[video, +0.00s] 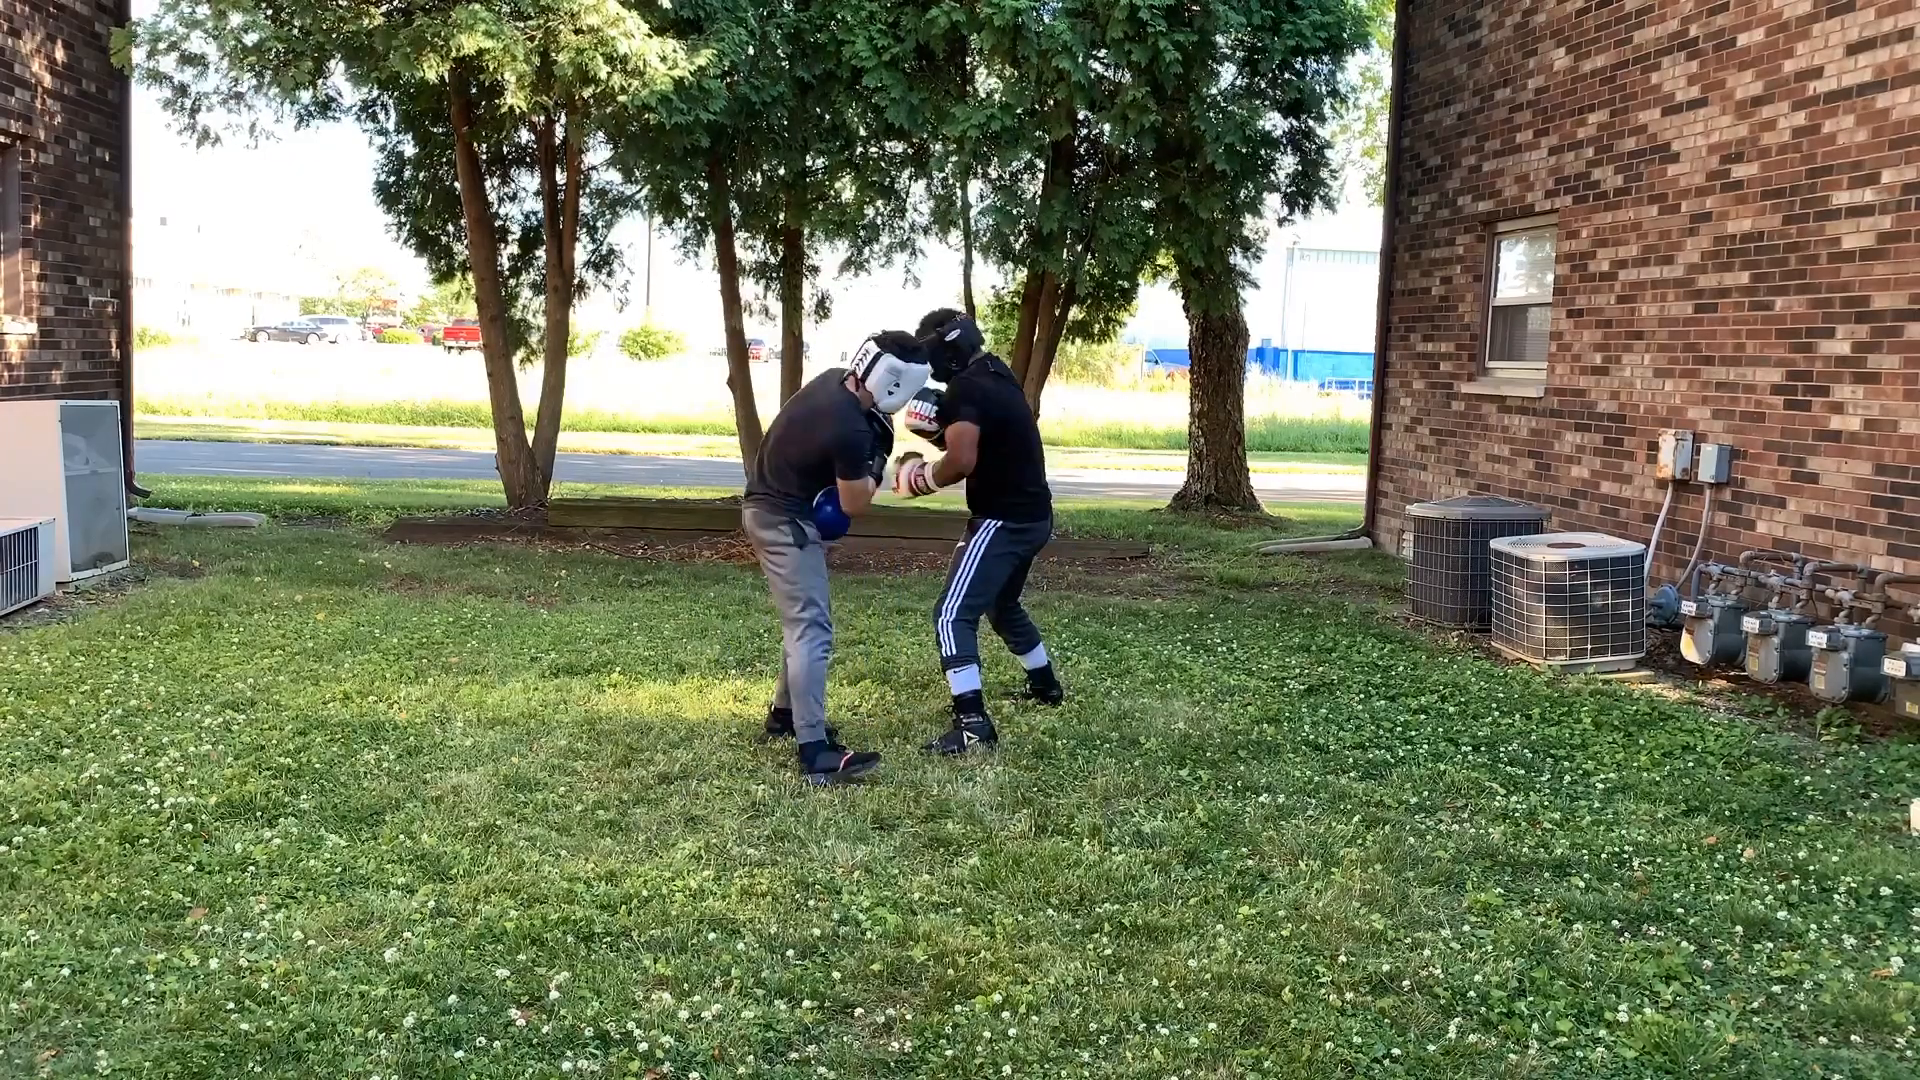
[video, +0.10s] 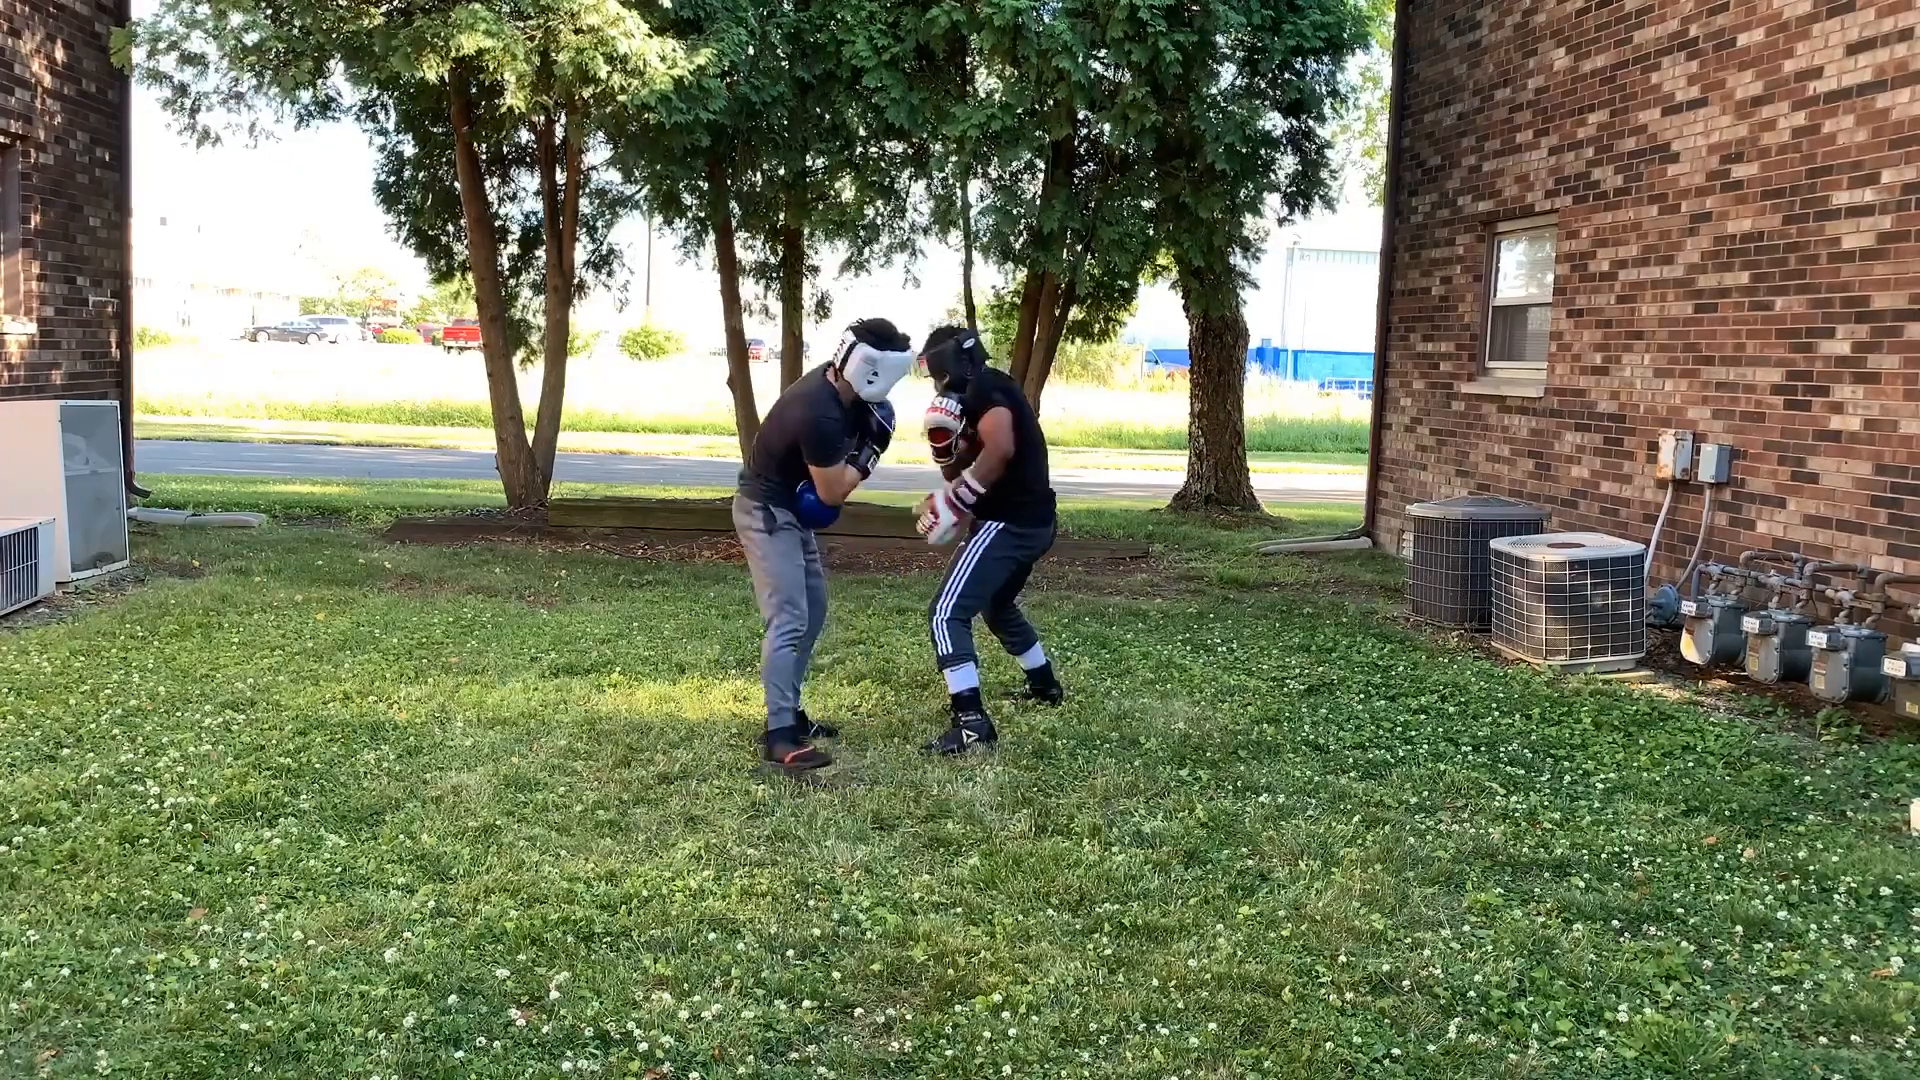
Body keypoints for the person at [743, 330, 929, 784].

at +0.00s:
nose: (903, 397)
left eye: (908, 388)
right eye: (902, 386)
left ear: (864, 368)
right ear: (879, 379)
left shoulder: (835, 381)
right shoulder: (850, 426)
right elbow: (854, 504)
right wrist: (875, 467)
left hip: (770, 502)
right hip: (782, 514)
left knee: (803, 618)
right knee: (811, 628)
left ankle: (786, 712)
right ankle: (816, 751)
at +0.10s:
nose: (883, 381)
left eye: (888, 373)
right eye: (878, 371)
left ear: (851, 361)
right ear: (855, 365)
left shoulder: (846, 393)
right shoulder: (820, 409)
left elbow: (850, 467)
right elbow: (832, 492)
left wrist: (867, 443)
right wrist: (870, 452)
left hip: (794, 510)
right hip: (764, 509)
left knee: (811, 615)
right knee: (787, 619)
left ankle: (786, 715)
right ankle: (780, 737)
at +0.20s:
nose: (873, 378)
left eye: (876, 369)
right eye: (870, 368)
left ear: (841, 359)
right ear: (844, 360)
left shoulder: (833, 393)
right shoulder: (798, 404)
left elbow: (842, 460)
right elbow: (817, 486)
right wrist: (858, 446)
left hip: (793, 514)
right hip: (756, 509)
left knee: (809, 613)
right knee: (766, 617)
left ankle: (785, 714)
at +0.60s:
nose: (825, 428)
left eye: (828, 420)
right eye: (821, 420)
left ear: (801, 407)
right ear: (792, 411)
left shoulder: (807, 426)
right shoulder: (749, 439)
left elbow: (807, 477)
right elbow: (775, 519)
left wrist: (834, 472)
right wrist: (827, 487)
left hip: (780, 539)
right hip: (728, 538)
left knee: (826, 608)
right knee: (743, 634)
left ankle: (800, 709)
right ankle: (685, 737)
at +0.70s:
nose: (804, 477)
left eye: (810, 469)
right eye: (799, 469)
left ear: (820, 452)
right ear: (773, 451)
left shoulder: (800, 455)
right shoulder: (734, 470)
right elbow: (753, 545)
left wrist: (828, 498)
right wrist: (812, 514)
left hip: (772, 542)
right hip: (716, 545)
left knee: (836, 614)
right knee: (726, 631)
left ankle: (821, 705)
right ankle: (680, 736)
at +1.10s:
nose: (858, 473)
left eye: (863, 465)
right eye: (853, 466)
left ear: (867, 451)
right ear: (825, 450)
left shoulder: (858, 458)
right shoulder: (771, 452)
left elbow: (874, 491)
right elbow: (744, 517)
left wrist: (849, 511)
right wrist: (802, 516)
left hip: (808, 546)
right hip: (748, 540)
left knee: (854, 614)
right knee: (718, 622)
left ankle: (840, 709)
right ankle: (683, 721)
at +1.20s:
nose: (848, 440)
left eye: (856, 431)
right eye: (842, 431)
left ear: (866, 415)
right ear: (818, 411)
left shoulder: (860, 426)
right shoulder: (770, 424)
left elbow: (897, 457)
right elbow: (750, 489)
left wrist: (864, 482)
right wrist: (804, 488)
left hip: (813, 524)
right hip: (753, 516)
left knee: (846, 606)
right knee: (721, 602)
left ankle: (840, 707)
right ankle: (683, 708)